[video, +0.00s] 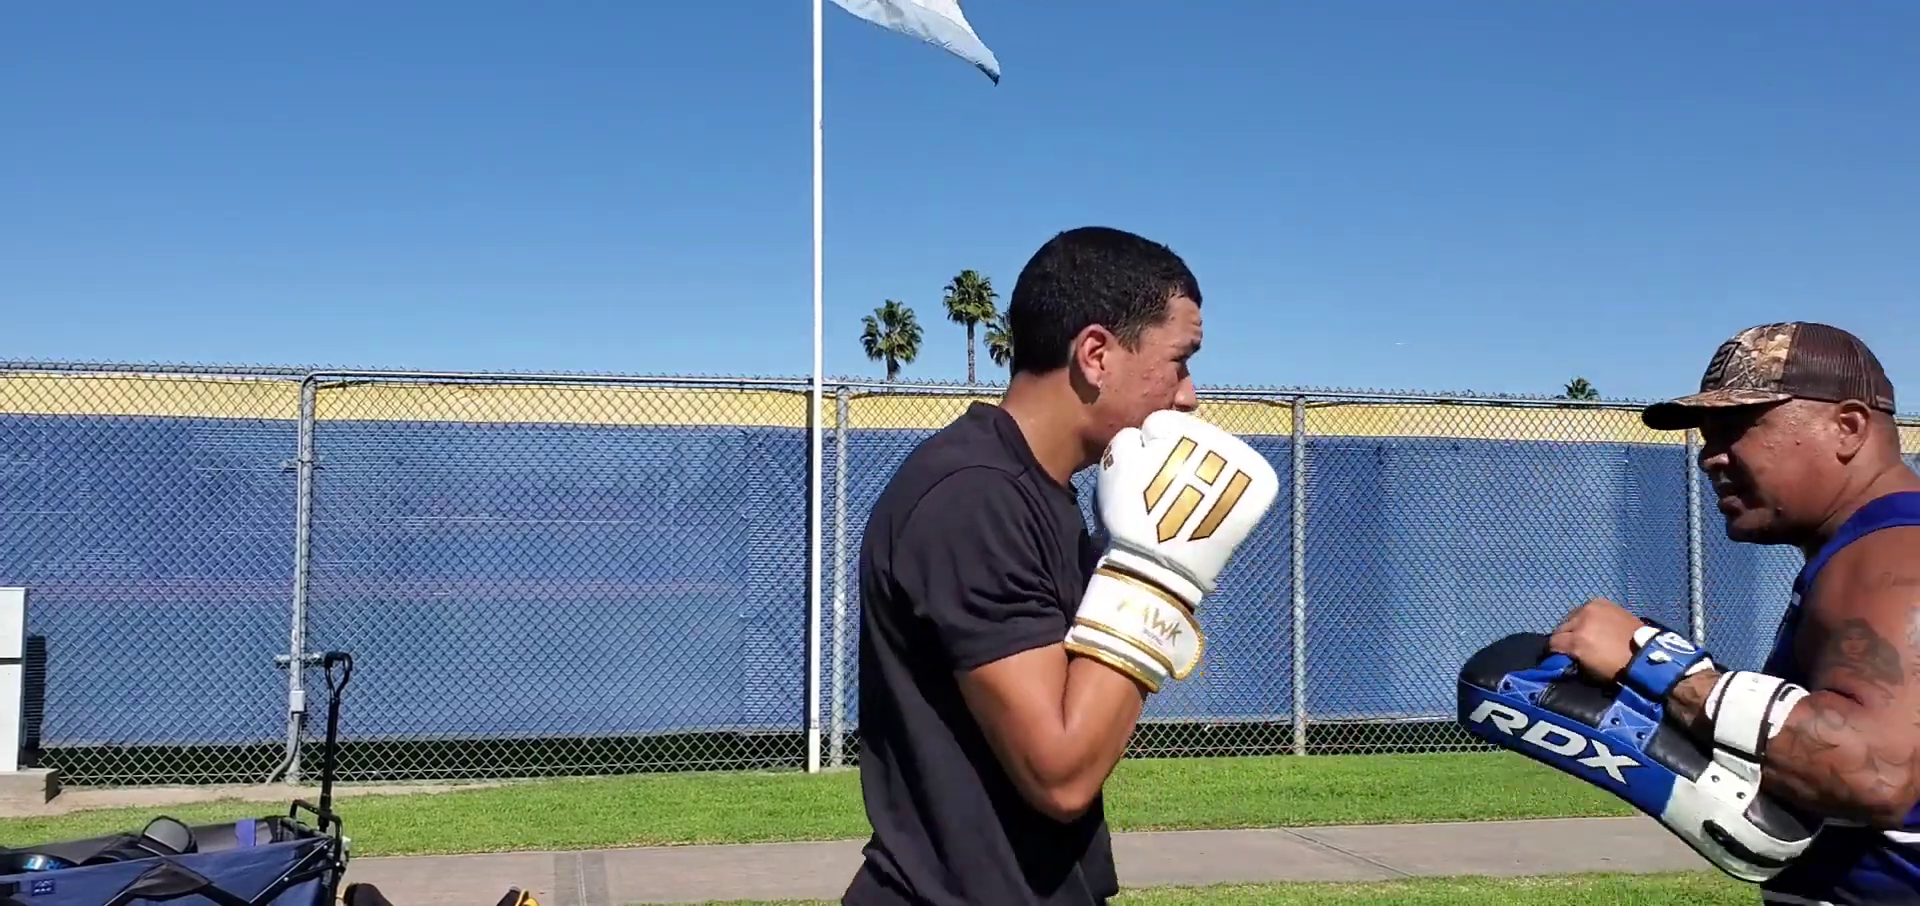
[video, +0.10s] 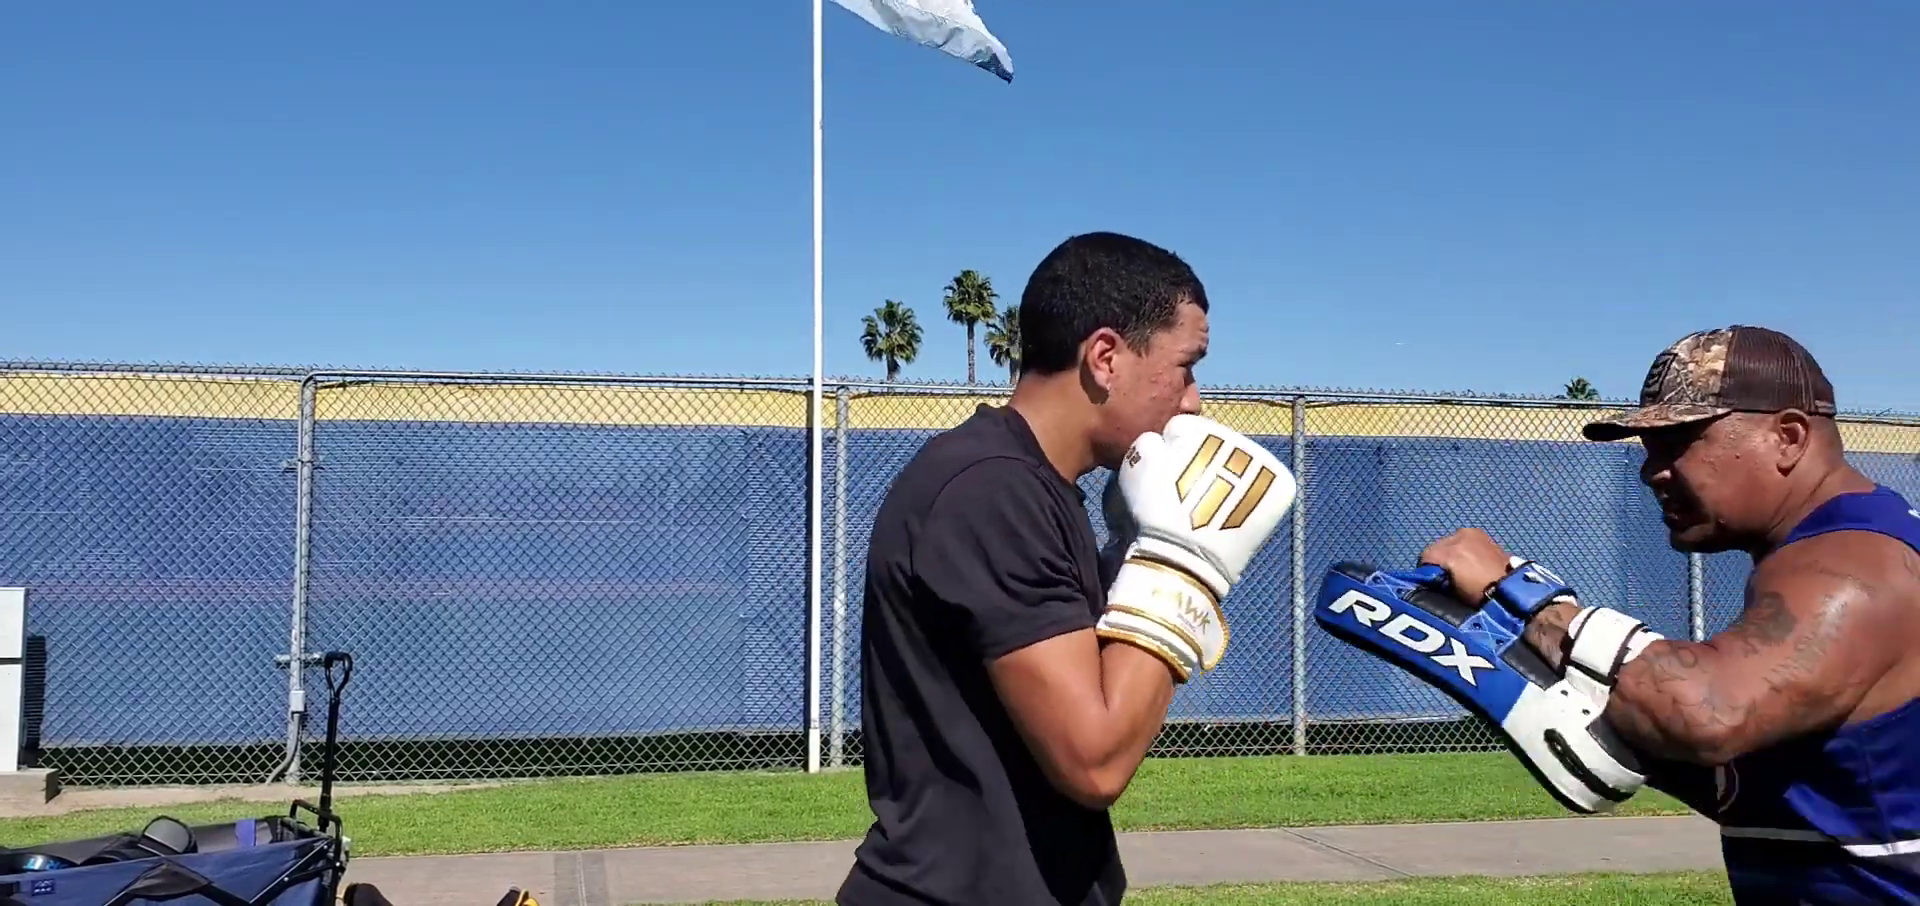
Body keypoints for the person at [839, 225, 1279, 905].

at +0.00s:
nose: (1189, 396)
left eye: (1188, 364)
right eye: (1178, 363)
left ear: (1098, 358)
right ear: (1096, 356)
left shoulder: (1047, 498)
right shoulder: (970, 502)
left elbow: (1067, 739)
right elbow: (1062, 776)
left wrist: (1153, 575)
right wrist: (1147, 574)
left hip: (1045, 884)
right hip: (955, 888)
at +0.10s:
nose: (1194, 401)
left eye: (1193, 371)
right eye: (1184, 369)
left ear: (1105, 360)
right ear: (1104, 358)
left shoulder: (1042, 491)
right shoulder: (991, 495)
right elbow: (1095, 763)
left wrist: (1145, 554)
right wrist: (1180, 569)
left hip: (1038, 882)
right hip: (970, 886)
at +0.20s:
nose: (1196, 418)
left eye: (1195, 389)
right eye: (1186, 386)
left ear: (1105, 377)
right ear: (1104, 375)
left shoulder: (1069, 513)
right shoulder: (993, 509)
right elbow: (1086, 774)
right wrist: (1181, 590)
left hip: (1053, 885)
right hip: (956, 888)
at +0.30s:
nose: (1184, 424)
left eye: (1182, 393)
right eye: (1170, 390)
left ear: (1083, 382)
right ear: (1082, 377)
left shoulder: (1069, 515)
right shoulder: (966, 506)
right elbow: (1048, 762)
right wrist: (1164, 593)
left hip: (1051, 883)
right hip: (940, 887)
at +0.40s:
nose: (1148, 422)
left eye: (1153, 399)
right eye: (1142, 395)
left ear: (1056, 387)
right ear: (1056, 381)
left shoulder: (1034, 509)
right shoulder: (942, 496)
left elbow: (1037, 699)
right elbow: (1025, 741)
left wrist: (1145, 604)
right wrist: (1120, 563)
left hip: (1022, 882)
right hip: (908, 887)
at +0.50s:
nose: (1108, 445)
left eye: (1110, 421)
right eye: (1098, 418)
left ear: (1012, 410)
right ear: (1011, 408)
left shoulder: (963, 525)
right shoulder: (901, 514)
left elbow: (1008, 732)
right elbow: (1002, 752)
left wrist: (1081, 579)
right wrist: (1059, 558)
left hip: (966, 883)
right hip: (882, 887)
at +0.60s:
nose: (1056, 464)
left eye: (1060, 442)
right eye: (1050, 438)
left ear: (969, 425)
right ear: (968, 423)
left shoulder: (919, 547)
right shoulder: (861, 537)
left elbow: (963, 761)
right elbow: (962, 779)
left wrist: (1023, 588)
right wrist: (1029, 588)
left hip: (905, 884)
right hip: (842, 888)